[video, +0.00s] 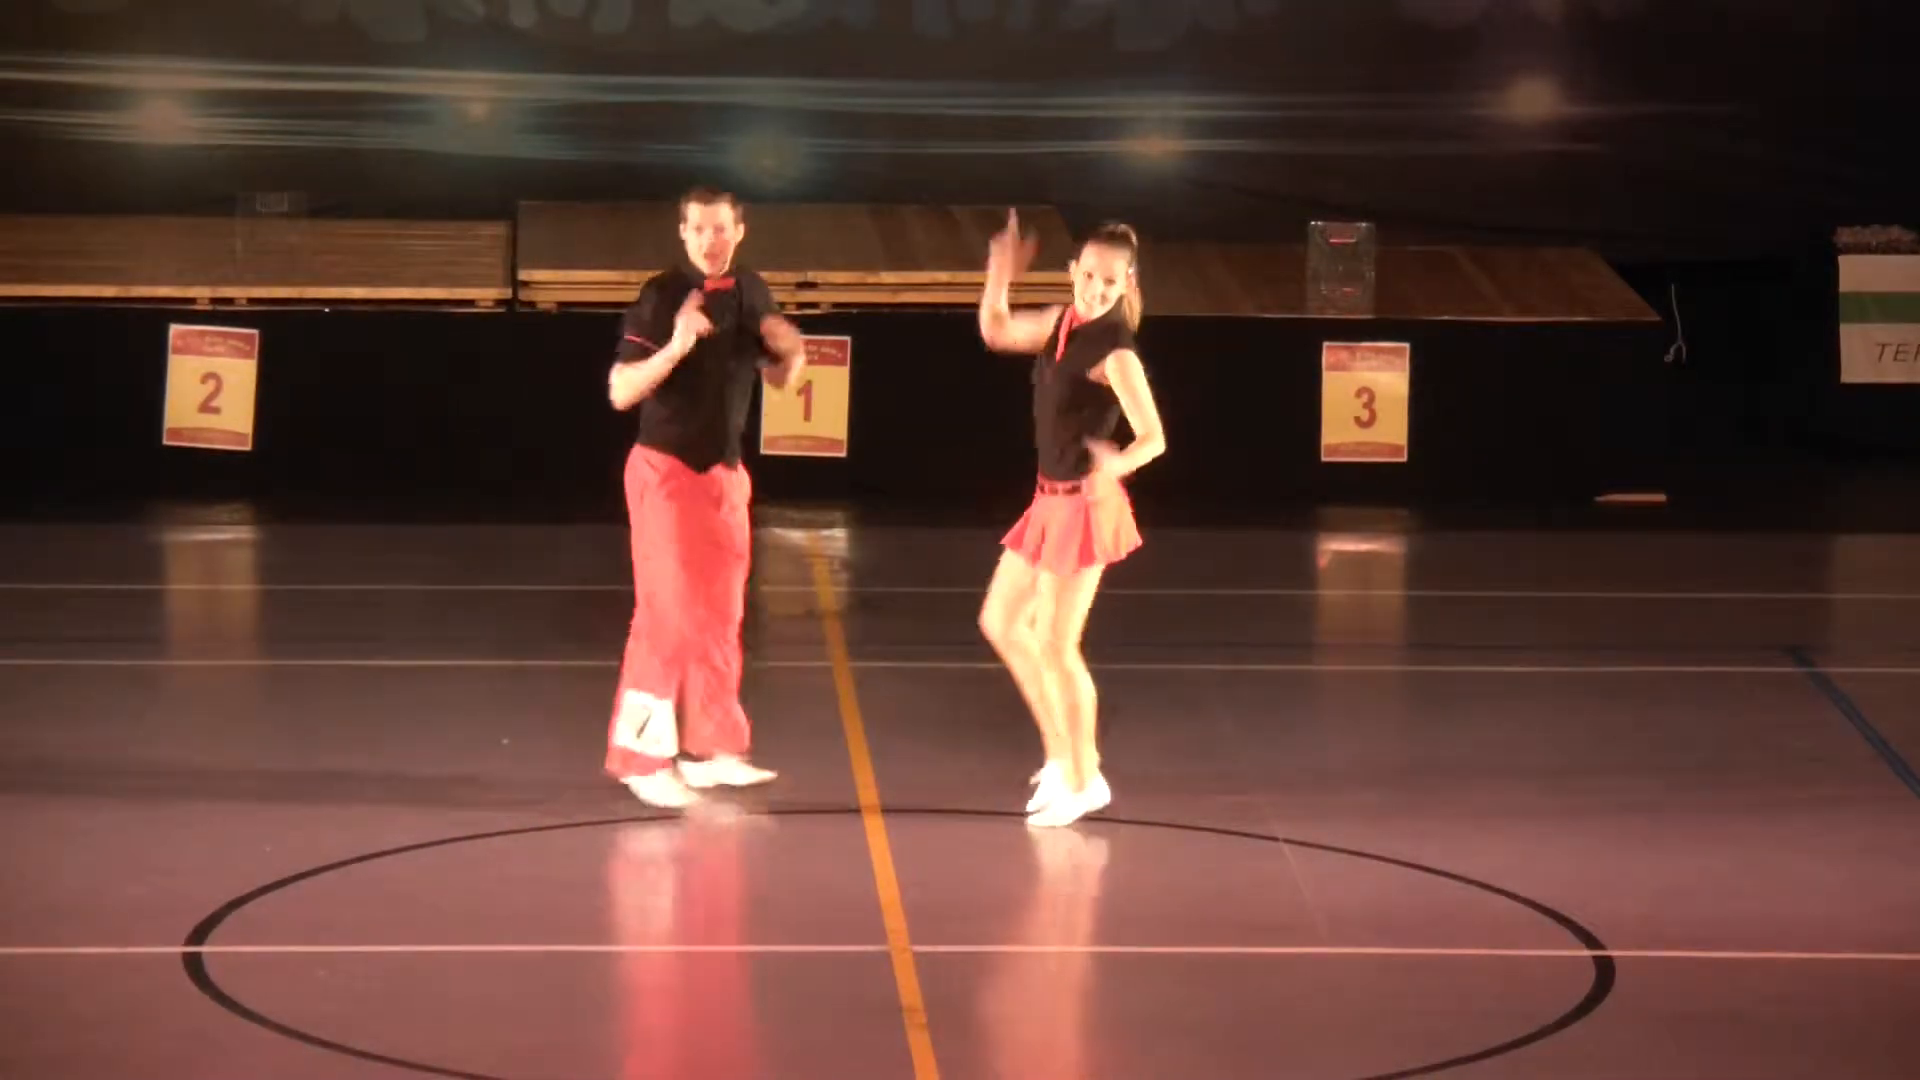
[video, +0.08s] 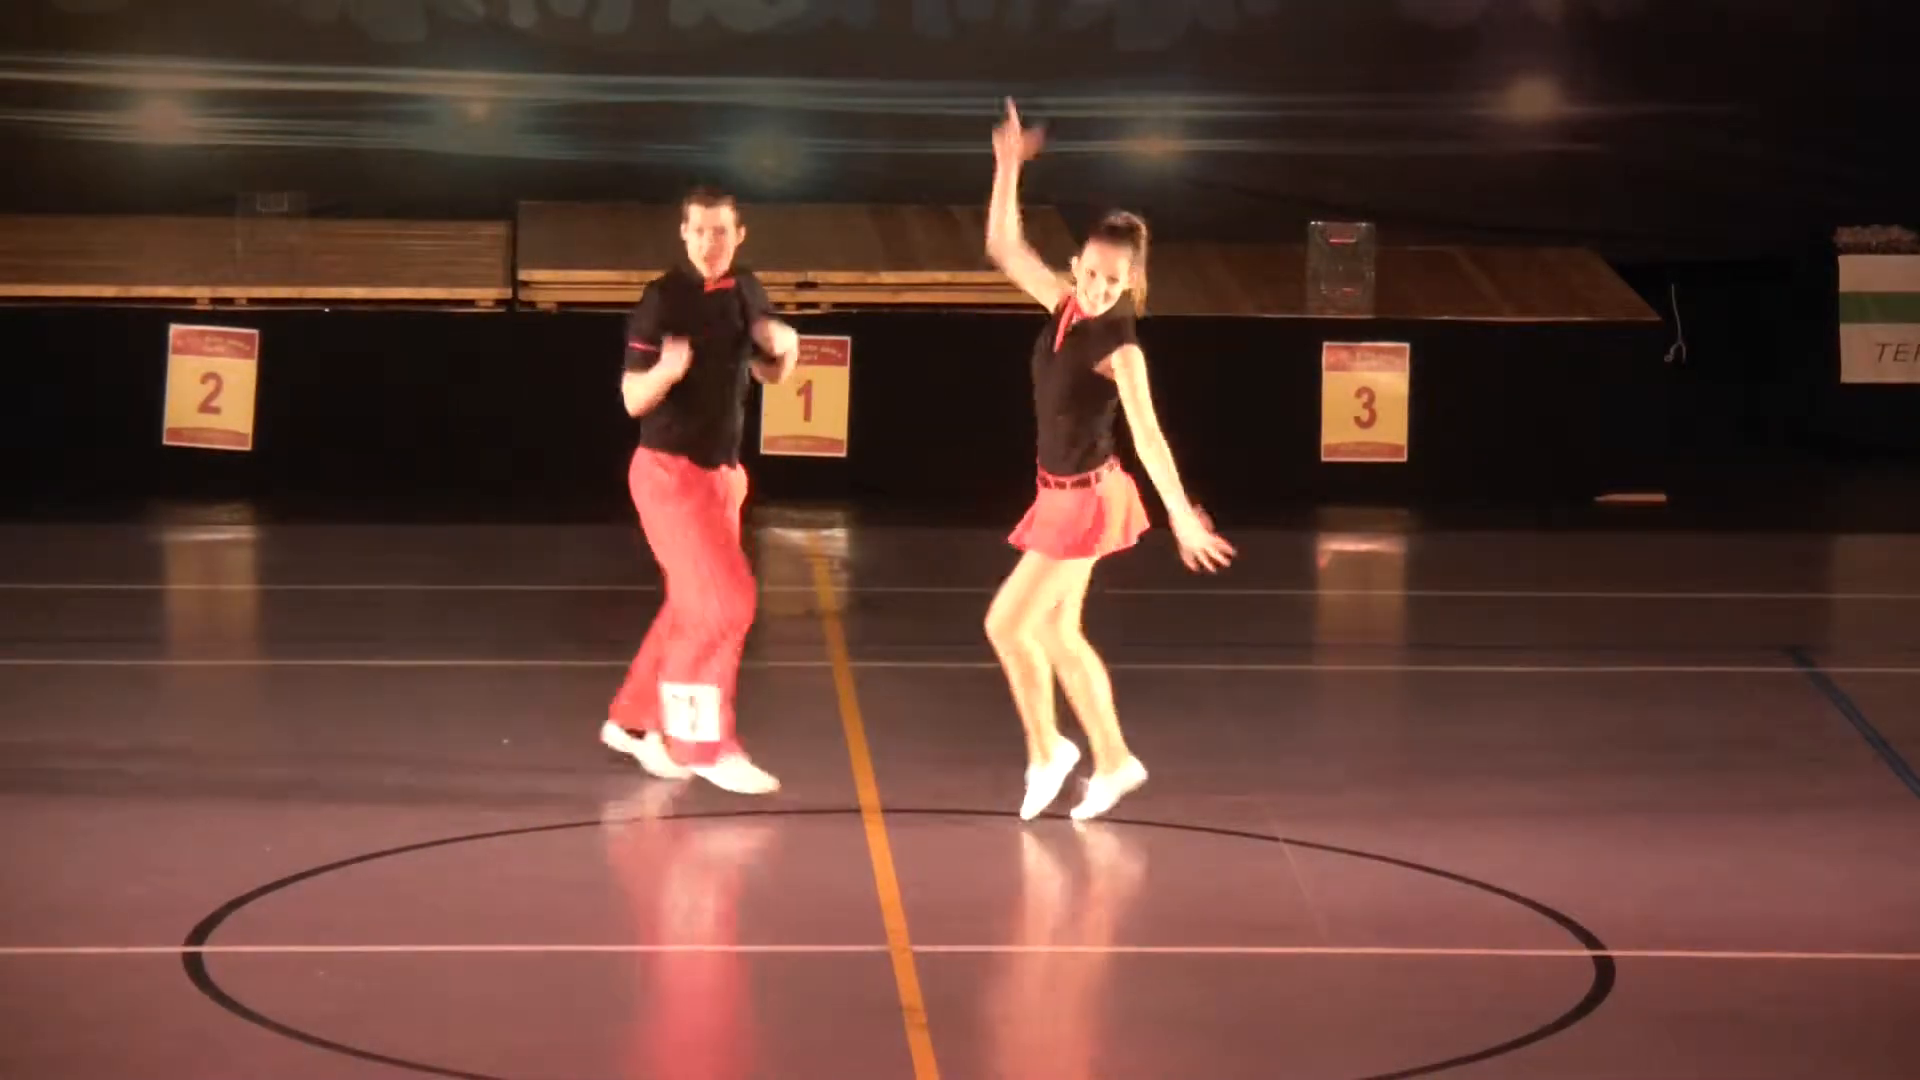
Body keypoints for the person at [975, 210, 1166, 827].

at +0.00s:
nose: (1095, 290)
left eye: (1110, 281)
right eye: (1089, 274)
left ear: (1125, 287)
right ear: (1073, 270)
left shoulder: (1116, 350)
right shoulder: (1057, 324)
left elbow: (1153, 437)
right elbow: (996, 331)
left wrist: (1113, 470)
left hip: (1088, 506)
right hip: (1047, 502)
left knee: (1056, 642)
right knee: (1000, 623)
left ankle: (1085, 778)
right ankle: (1060, 760)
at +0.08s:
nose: (1097, 287)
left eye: (1111, 279)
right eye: (1090, 271)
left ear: (1133, 278)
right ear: (1077, 257)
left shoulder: (1118, 340)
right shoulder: (1062, 299)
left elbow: (1150, 438)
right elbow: (1005, 246)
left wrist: (1183, 517)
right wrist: (1008, 168)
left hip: (1091, 498)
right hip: (1062, 493)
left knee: (1006, 624)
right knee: (1061, 636)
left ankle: (1046, 753)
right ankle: (1116, 761)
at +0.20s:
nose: (1098, 309)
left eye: (1113, 302)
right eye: (1093, 293)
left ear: (1132, 307)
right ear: (1076, 285)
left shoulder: (1123, 368)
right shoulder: (1066, 327)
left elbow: (1159, 466)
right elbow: (1040, 241)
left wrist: (1207, 550)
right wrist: (1028, 159)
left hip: (1088, 528)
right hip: (1063, 524)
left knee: (987, 635)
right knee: (1111, 657)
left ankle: (1022, 766)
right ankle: (1139, 787)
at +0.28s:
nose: (1103, 318)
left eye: (1118, 310)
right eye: (1099, 304)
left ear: (1135, 318)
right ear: (1083, 299)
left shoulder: (1129, 385)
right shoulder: (1070, 342)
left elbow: (1159, 482)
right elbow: (1036, 263)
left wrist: (1199, 569)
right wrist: (1017, 179)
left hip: (1091, 537)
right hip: (1068, 532)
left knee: (985, 641)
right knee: (1116, 661)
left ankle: (1025, 768)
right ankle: (1142, 793)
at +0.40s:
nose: (1104, 294)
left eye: (1119, 286)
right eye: (1099, 280)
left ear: (1146, 295)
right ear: (1088, 278)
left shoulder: (1141, 359)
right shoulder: (1082, 320)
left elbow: (1163, 439)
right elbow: (1022, 271)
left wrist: (1174, 509)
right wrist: (988, 203)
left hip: (1090, 511)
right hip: (1063, 506)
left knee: (1008, 634)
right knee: (1093, 648)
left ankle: (1033, 769)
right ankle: (1128, 775)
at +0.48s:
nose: (1091, 262)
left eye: (1102, 252)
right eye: (1094, 250)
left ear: (1137, 264)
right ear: (1113, 260)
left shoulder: (1147, 332)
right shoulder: (1100, 304)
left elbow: (1173, 432)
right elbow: (1028, 299)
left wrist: (1139, 456)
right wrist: (964, 266)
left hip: (1102, 486)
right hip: (1062, 478)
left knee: (1066, 630)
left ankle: (1062, 770)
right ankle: (1084, 717)